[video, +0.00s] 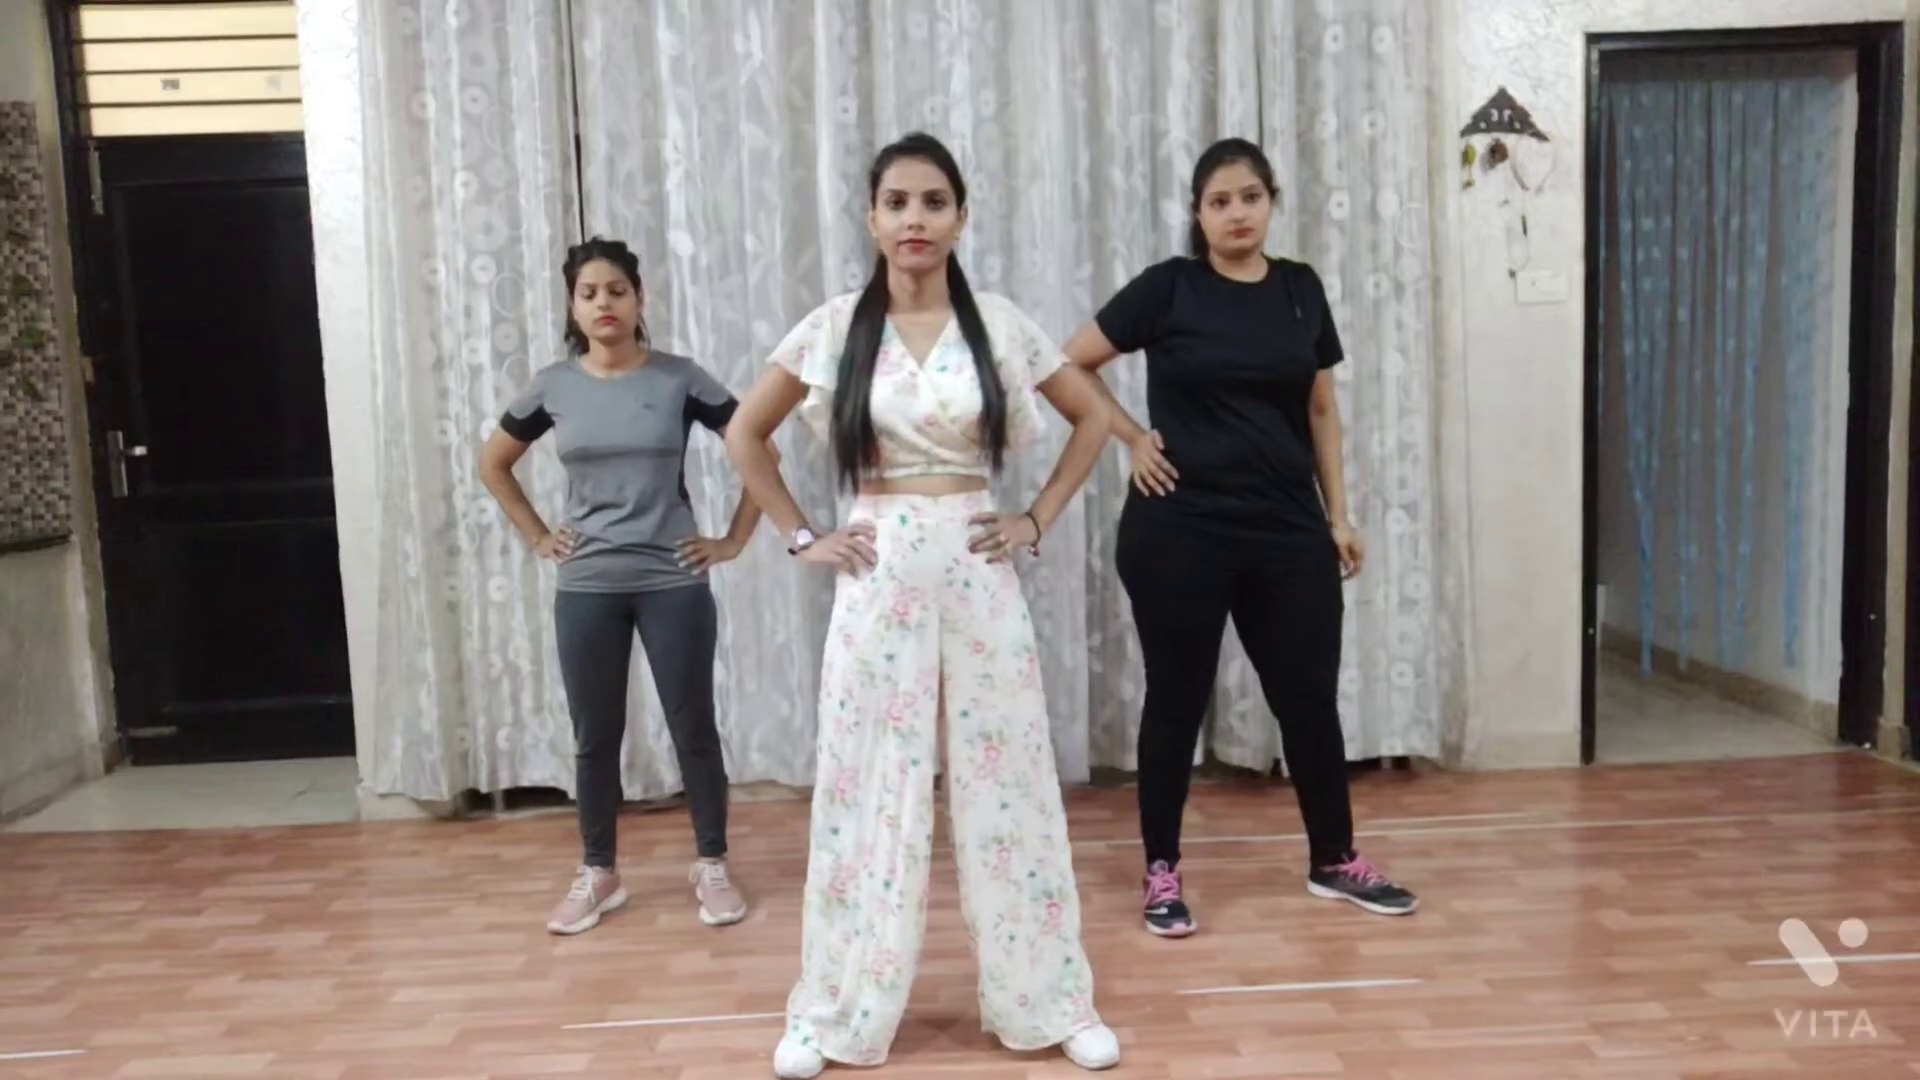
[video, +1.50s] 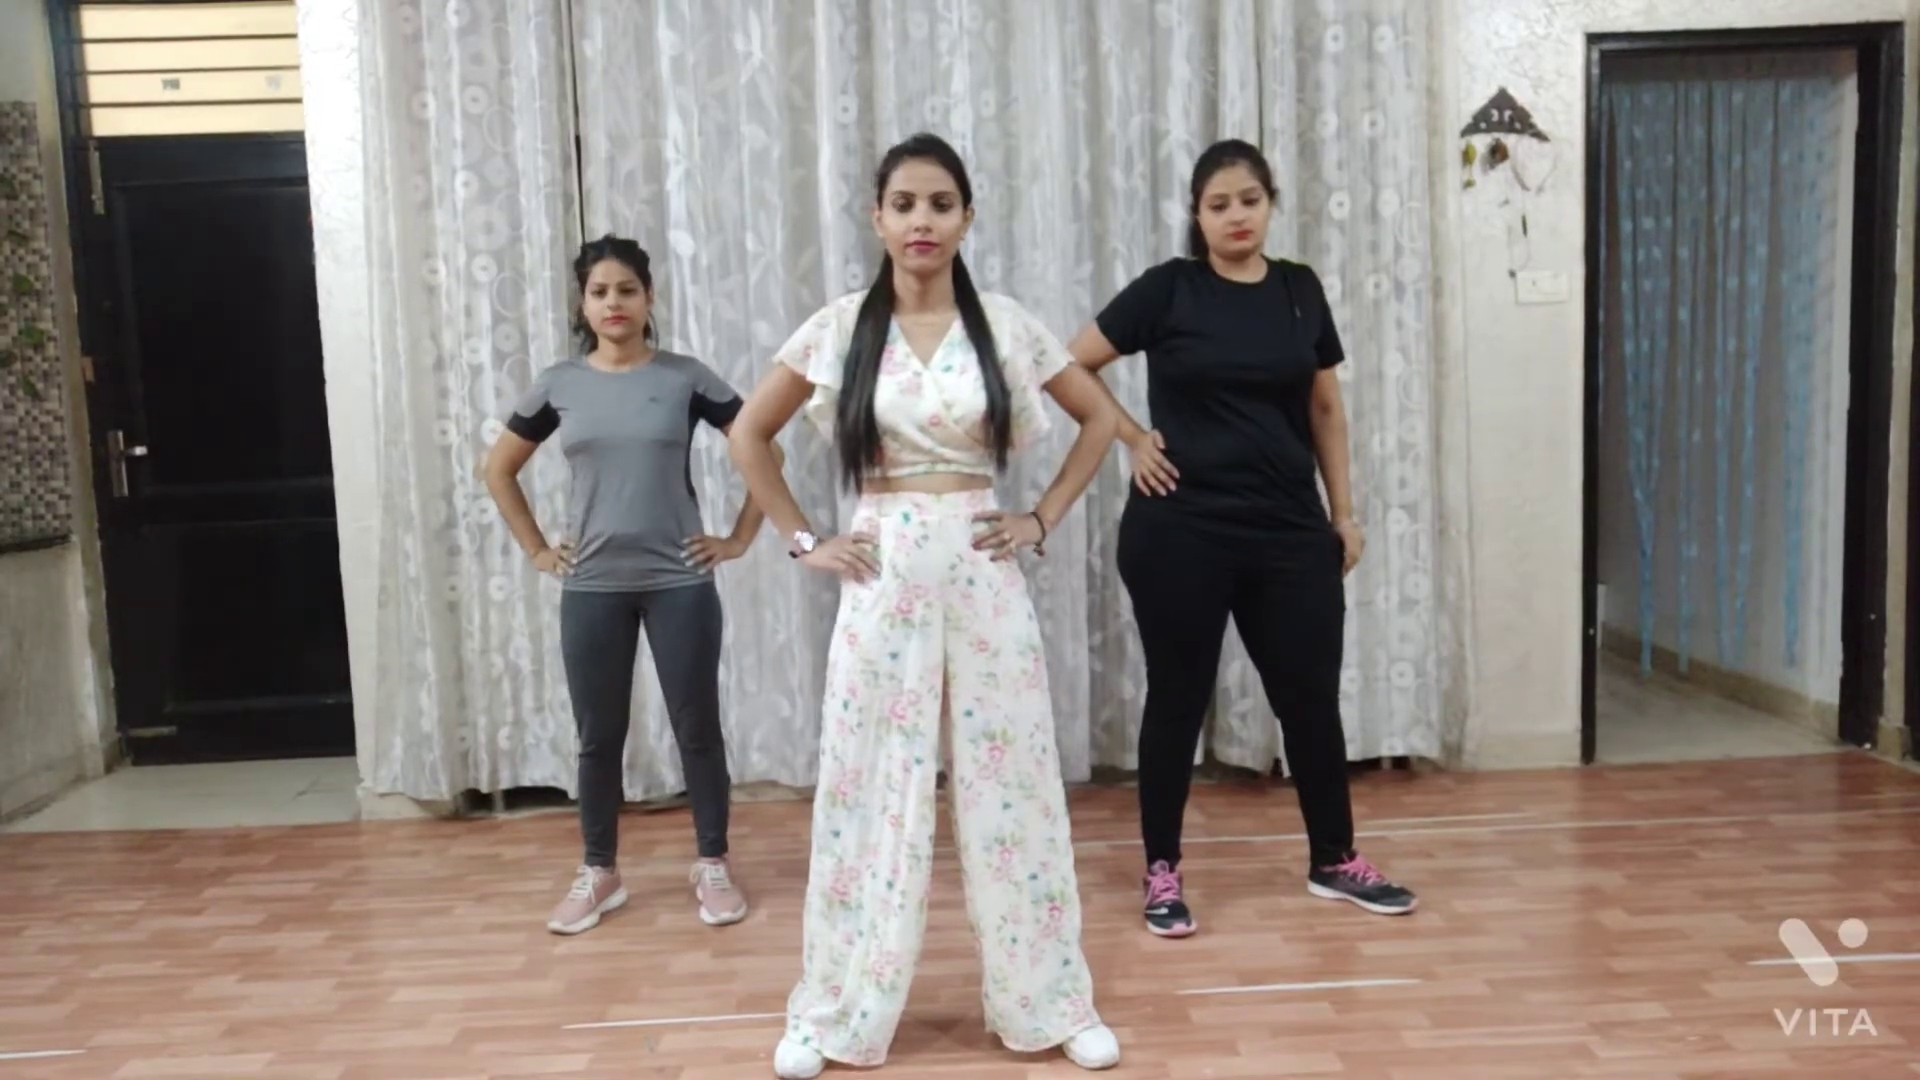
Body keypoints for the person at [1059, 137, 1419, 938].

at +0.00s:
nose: (1237, 213)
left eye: (1251, 197)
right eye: (1221, 200)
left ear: (1271, 205)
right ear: (1198, 211)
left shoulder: (1300, 289)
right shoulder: (1167, 289)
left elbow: (1322, 412)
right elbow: (1069, 369)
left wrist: (1336, 516)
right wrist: (1131, 435)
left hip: (1286, 529)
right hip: (1180, 527)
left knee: (1311, 701)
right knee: (1176, 701)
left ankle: (1335, 861)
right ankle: (1162, 870)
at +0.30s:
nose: (1237, 213)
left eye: (1250, 197)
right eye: (1220, 200)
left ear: (1271, 204)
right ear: (1198, 211)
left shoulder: (1300, 290)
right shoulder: (1166, 289)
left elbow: (1328, 400)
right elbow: (1068, 369)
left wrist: (1348, 493)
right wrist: (1131, 435)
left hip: (1286, 528)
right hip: (1179, 527)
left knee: (1311, 700)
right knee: (1176, 701)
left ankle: (1335, 861)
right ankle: (1161, 870)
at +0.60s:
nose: (1234, 212)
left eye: (1247, 196)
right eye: (1218, 200)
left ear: (1269, 204)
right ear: (1196, 212)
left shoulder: (1301, 291)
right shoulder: (1166, 290)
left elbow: (1335, 397)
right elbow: (1067, 370)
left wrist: (1351, 490)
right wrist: (1130, 434)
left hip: (1286, 530)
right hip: (1179, 528)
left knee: (1312, 700)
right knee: (1175, 701)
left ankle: (1335, 861)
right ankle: (1161, 870)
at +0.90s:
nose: (1233, 212)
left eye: (1246, 197)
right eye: (1217, 201)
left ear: (1268, 204)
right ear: (1195, 214)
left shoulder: (1300, 291)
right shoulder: (1166, 291)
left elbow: (1332, 407)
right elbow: (1067, 371)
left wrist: (1345, 510)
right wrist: (1130, 434)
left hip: (1287, 529)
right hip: (1180, 527)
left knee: (1312, 699)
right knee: (1177, 700)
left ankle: (1335, 861)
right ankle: (1162, 870)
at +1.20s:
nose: (1236, 215)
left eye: (1249, 199)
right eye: (1219, 203)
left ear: (1270, 205)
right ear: (1197, 213)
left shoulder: (1300, 290)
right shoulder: (1166, 290)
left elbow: (1327, 408)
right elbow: (1069, 370)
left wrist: (1343, 511)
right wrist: (1131, 434)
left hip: (1289, 529)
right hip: (1182, 527)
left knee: (1313, 699)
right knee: (1178, 699)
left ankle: (1335, 860)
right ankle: (1162, 869)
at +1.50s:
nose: (1236, 216)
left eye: (1249, 201)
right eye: (1220, 204)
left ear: (1270, 206)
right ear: (1197, 214)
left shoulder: (1300, 291)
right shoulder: (1167, 290)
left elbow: (1328, 409)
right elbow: (1071, 369)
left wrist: (1342, 513)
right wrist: (1132, 435)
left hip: (1289, 530)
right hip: (1182, 528)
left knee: (1313, 700)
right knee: (1177, 701)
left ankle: (1335, 861)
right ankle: (1162, 870)